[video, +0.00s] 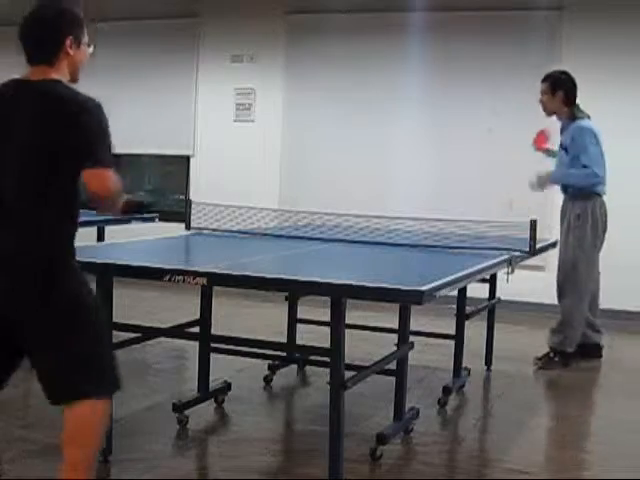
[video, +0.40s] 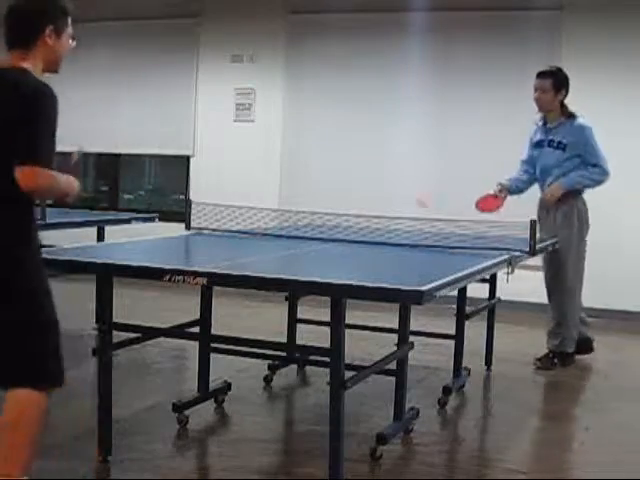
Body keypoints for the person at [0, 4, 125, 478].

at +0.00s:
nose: (86, 54)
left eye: (85, 45)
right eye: (85, 45)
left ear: (29, 47)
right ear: (70, 47)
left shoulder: (4, 96)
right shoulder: (79, 109)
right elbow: (100, 184)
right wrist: (116, 201)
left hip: (2, 267)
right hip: (44, 270)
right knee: (91, 386)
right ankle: (76, 472)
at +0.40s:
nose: (70, 47)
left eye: (70, 37)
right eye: (67, 37)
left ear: (20, 35)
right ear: (46, 37)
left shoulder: (5, 82)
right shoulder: (32, 92)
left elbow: (22, 173)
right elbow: (28, 176)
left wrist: (53, 180)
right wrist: (65, 184)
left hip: (11, 251)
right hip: (12, 253)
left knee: (28, 367)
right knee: (33, 371)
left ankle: (13, 468)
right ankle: (12, 470)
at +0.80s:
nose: (46, 58)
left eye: (48, 48)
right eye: (44, 47)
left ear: (16, 44)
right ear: (19, 43)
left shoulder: (8, 101)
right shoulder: (11, 105)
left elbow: (51, 190)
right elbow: (54, 194)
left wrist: (123, 214)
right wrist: (127, 216)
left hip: (2, 258)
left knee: (26, 356)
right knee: (27, 359)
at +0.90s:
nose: (57, 49)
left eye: (58, 39)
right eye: (54, 38)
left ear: (18, 36)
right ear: (26, 37)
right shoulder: (30, 97)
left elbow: (87, 166)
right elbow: (91, 169)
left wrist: (167, 209)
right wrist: (170, 210)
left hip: (2, 248)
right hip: (0, 249)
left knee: (25, 351)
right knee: (29, 353)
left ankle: (14, 468)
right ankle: (12, 470)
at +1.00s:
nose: (67, 51)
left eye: (69, 41)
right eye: (65, 41)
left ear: (15, 39)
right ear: (40, 41)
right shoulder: (52, 102)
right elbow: (126, 158)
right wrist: (190, 187)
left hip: (5, 253)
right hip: (3, 254)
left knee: (24, 360)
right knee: (30, 364)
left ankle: (11, 468)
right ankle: (11, 472)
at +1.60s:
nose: (71, 15)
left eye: (71, 8)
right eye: (71, 8)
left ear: (13, 10)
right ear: (58, 10)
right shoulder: (67, 73)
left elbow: (90, 157)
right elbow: (92, 156)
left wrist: (71, 200)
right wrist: (74, 200)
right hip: (21, 228)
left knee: (29, 353)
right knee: (32, 355)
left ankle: (21, 466)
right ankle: (22, 469)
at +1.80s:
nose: (73, 39)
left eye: (73, 29)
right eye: (72, 28)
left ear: (15, 27)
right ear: (61, 30)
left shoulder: (4, 75)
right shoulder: (62, 88)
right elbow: (115, 150)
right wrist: (135, 201)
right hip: (22, 252)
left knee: (21, 379)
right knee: (32, 384)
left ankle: (13, 468)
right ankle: (11, 470)